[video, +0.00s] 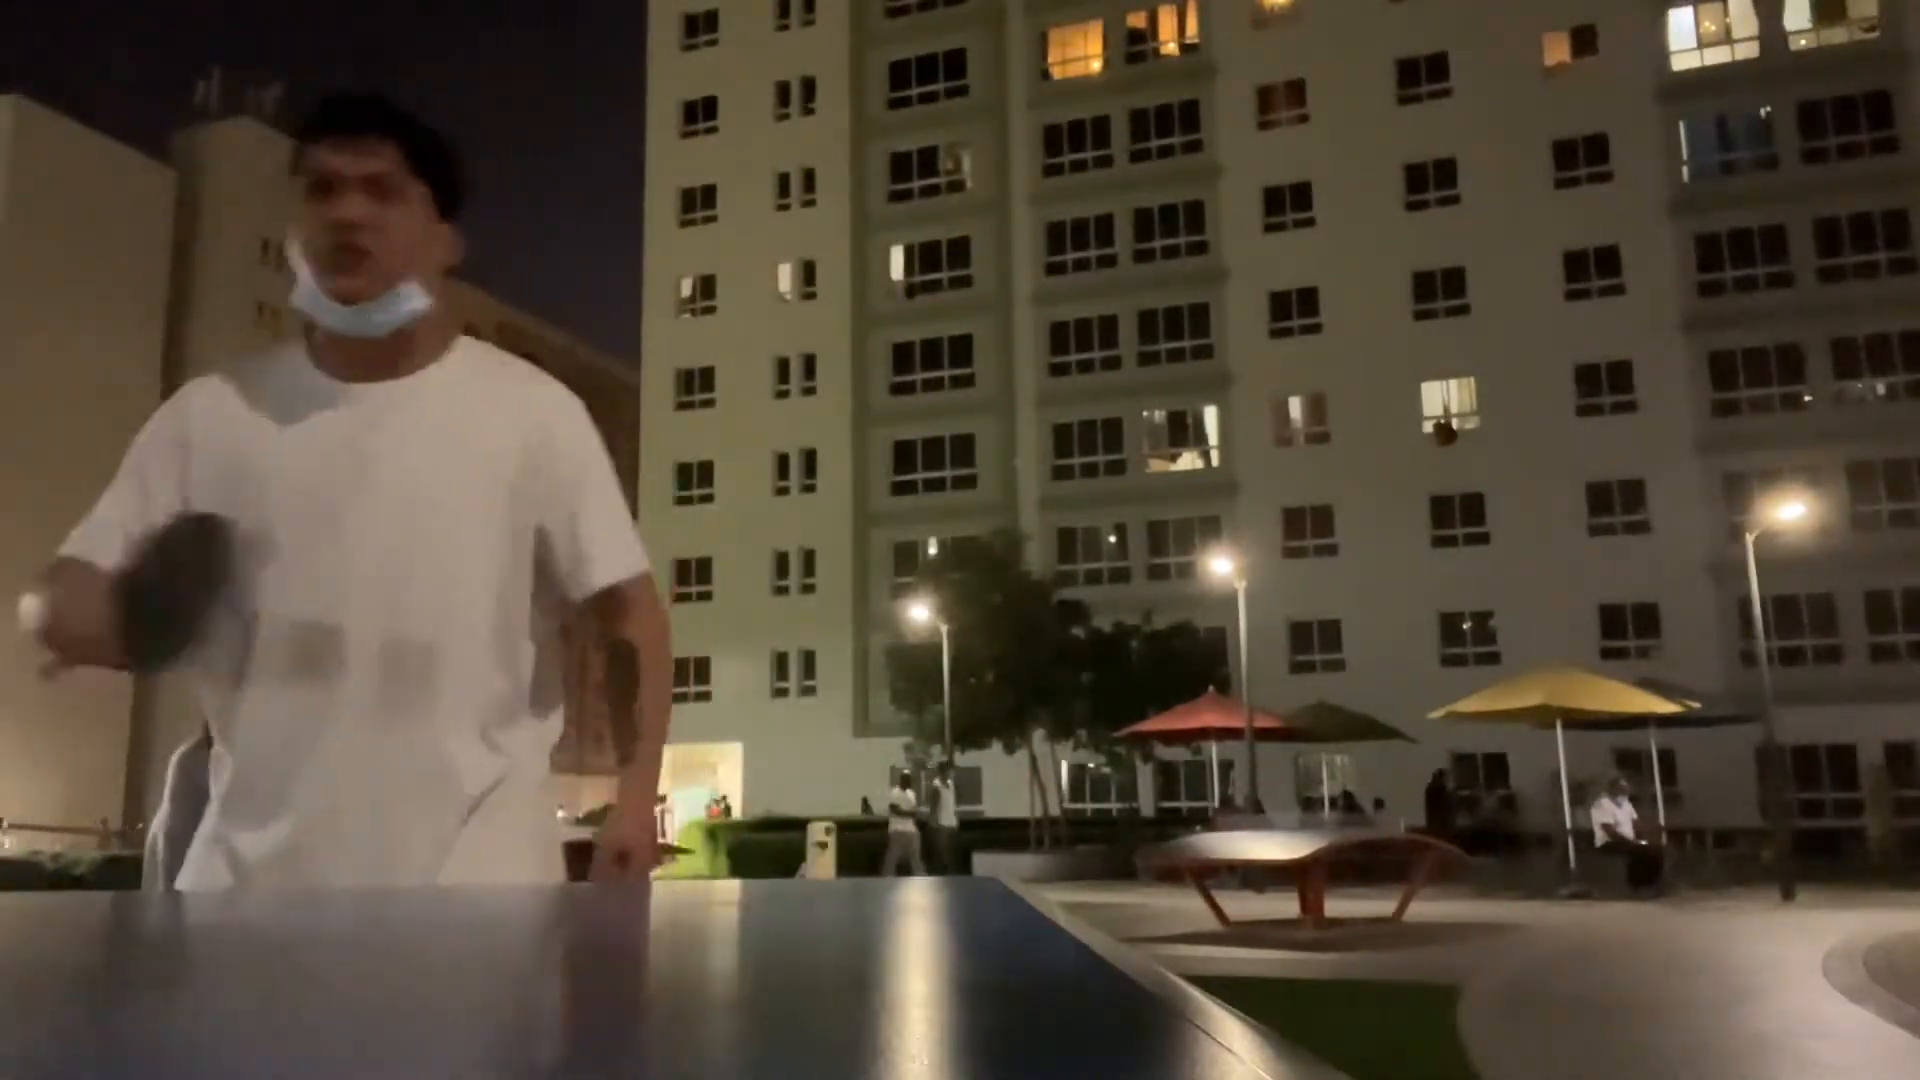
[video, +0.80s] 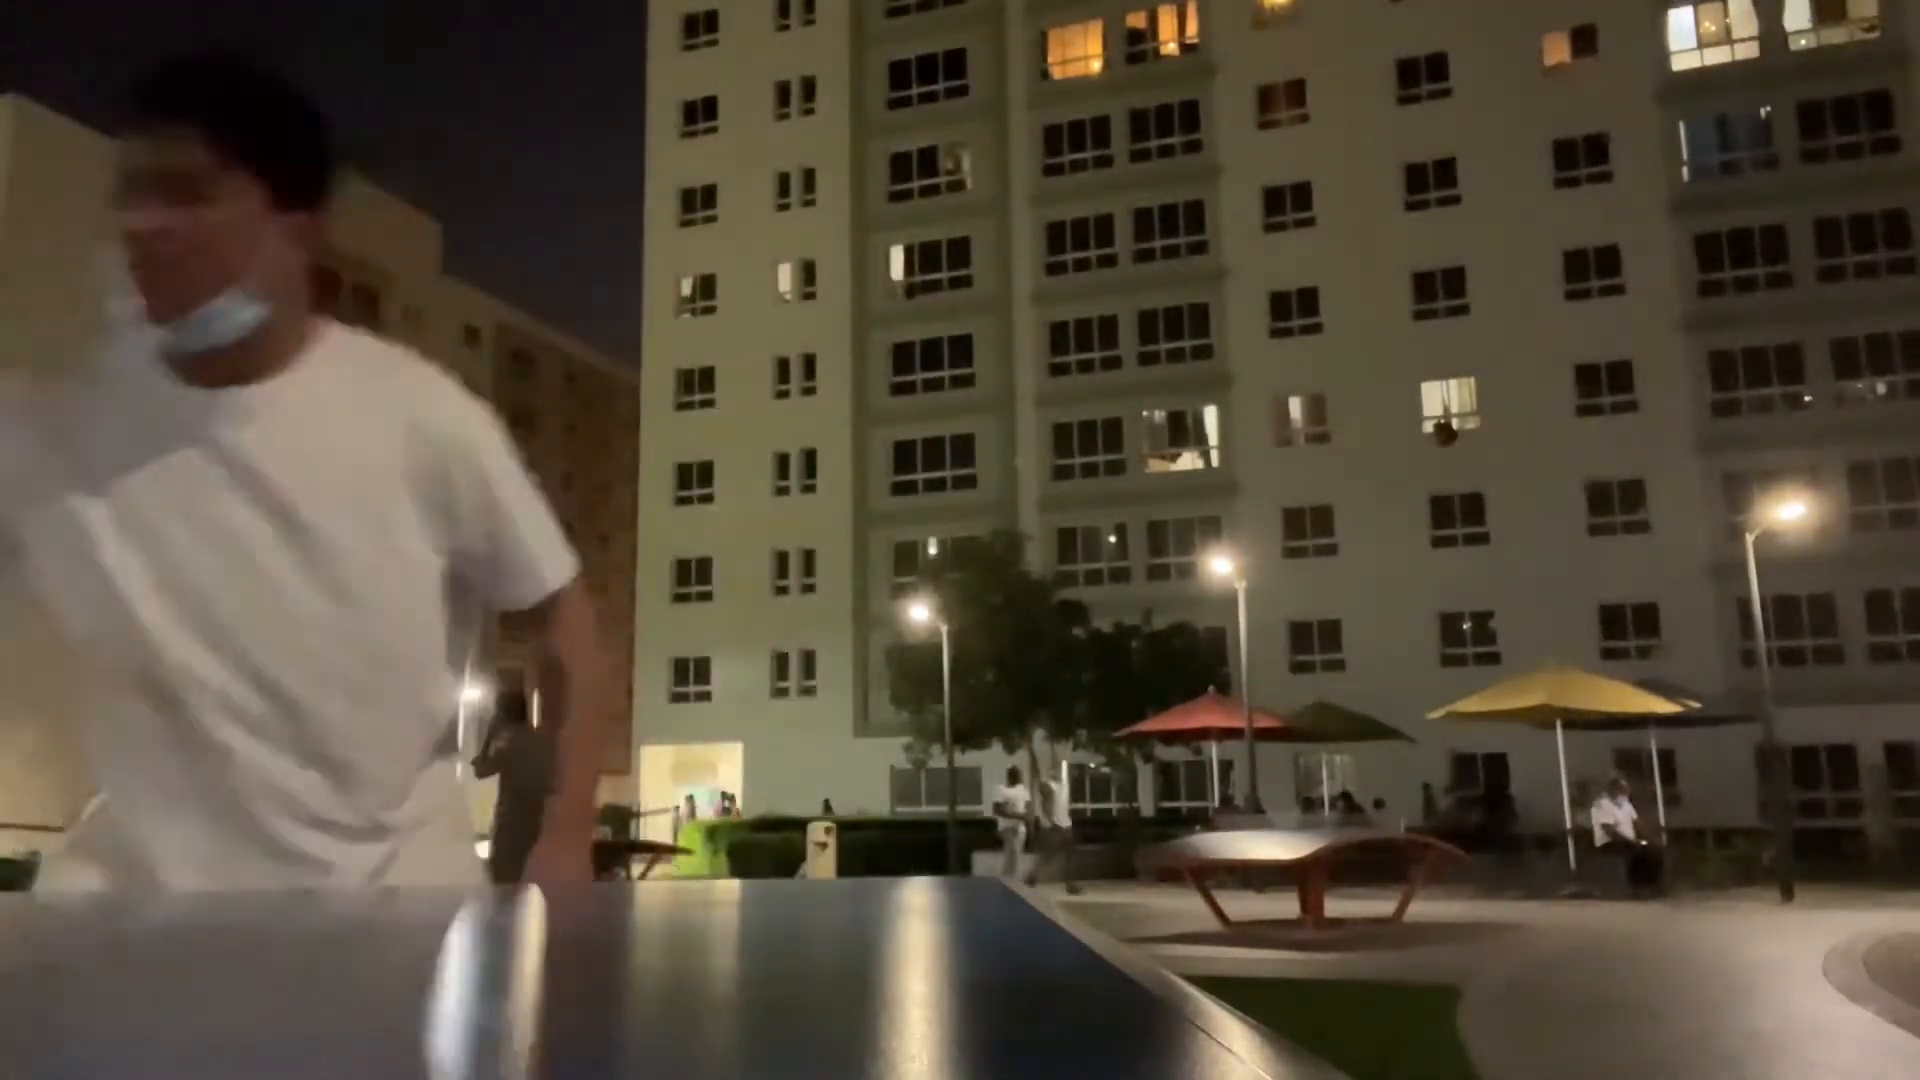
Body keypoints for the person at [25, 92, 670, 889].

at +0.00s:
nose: (345, 212)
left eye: (380, 191)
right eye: (321, 190)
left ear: (446, 240)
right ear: (291, 228)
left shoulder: (534, 417)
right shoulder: (211, 417)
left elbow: (635, 612)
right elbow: (63, 604)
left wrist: (636, 803)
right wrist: (133, 616)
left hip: (472, 868)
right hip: (258, 871)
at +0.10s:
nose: (478, 253)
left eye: (512, 230)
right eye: (452, 227)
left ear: (567, 270)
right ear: (416, 255)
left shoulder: (633, 454)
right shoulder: (314, 432)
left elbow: (704, 647)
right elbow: (159, 613)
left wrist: (700, 827)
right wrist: (286, 631)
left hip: (550, 894)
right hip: (329, 892)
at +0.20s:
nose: (580, 250)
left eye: (614, 224)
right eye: (551, 222)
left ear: (668, 267)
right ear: (511, 256)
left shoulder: (723, 458)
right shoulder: (403, 413)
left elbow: (791, 649)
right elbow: (209, 529)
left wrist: (801, 832)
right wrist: (310, 514)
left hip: (622, 882)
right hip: (411, 878)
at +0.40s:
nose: (487, 210)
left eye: (527, 188)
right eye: (459, 184)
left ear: (584, 247)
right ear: (420, 228)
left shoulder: (649, 436)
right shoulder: (339, 391)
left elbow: (740, 633)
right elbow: (101, 483)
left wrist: (767, 820)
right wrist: (184, 475)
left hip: (568, 891)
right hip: (341, 887)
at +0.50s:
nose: (310, 184)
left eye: (352, 163)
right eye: (281, 155)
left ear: (420, 230)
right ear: (241, 196)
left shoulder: (496, 424)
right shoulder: (132, 401)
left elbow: (590, 622)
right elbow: (9, 517)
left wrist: (620, 815)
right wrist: (62, 626)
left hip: (437, 893)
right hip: (192, 894)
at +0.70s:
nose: (229, 168)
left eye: (272, 145)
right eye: (206, 140)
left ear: (353, 207)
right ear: (175, 176)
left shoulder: (463, 400)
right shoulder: (70, 409)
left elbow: (584, 614)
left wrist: (569, 814)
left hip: (400, 892)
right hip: (150, 898)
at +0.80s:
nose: (141, 223)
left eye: (185, 191)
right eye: (134, 191)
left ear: (297, 219)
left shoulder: (422, 418)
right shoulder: (48, 433)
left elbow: (565, 615)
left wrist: (565, 843)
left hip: (392, 922)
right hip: (134, 925)